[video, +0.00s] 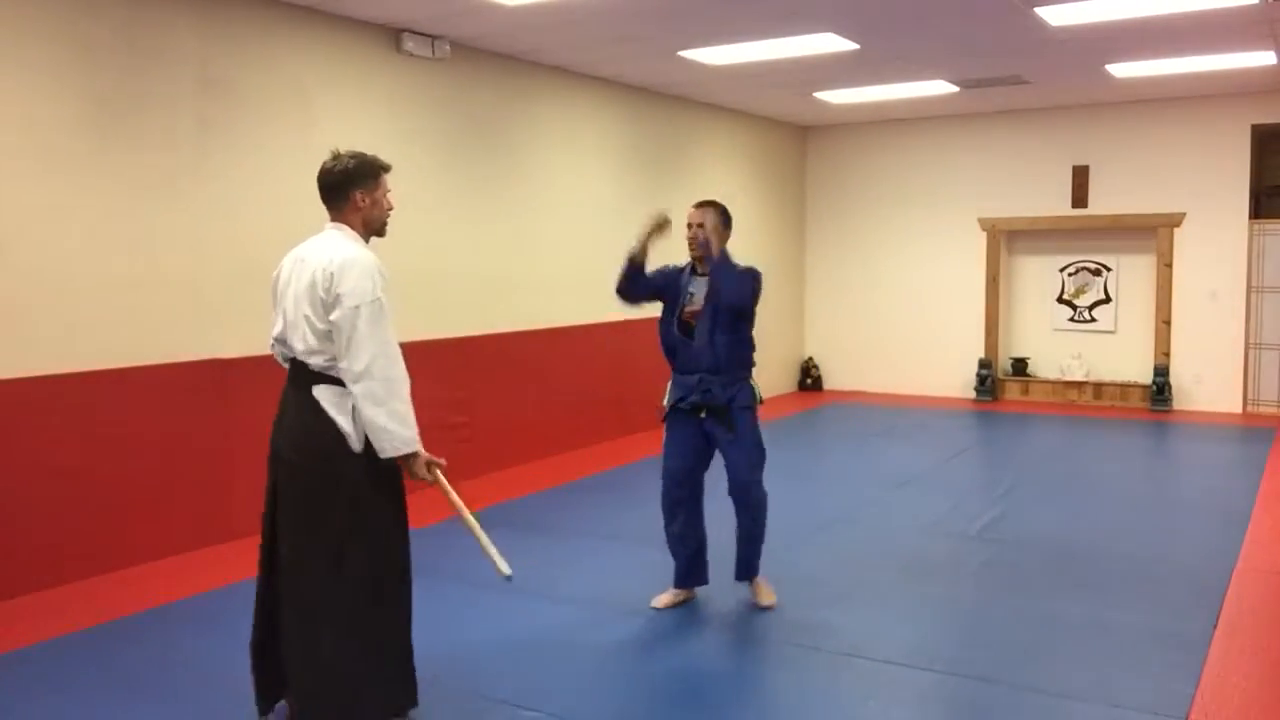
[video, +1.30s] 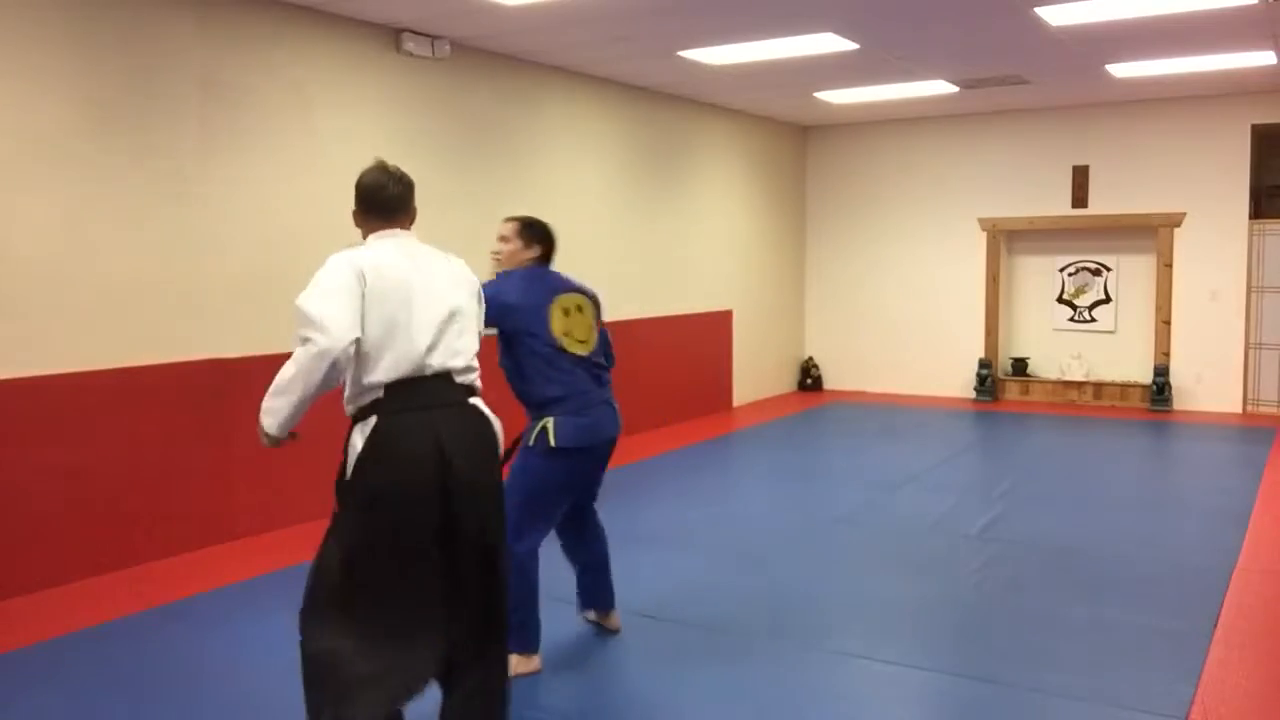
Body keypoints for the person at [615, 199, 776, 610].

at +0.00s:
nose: (692, 233)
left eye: (702, 227)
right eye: (689, 226)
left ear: (723, 234)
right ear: (685, 234)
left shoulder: (744, 278)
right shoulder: (675, 278)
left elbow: (736, 300)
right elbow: (629, 291)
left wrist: (717, 253)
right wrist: (640, 250)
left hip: (733, 405)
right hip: (686, 406)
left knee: (748, 487)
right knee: (677, 491)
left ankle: (752, 576)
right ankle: (685, 583)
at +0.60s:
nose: (665, 254)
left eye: (673, 246)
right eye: (661, 247)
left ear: (694, 251)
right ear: (657, 253)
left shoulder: (722, 298)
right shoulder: (648, 300)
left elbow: (742, 347)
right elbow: (610, 353)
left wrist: (710, 309)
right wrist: (623, 317)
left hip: (712, 419)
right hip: (662, 422)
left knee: (737, 492)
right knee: (640, 497)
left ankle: (757, 562)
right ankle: (656, 584)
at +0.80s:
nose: (617, 253)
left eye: (625, 245)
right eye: (612, 246)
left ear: (646, 250)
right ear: (608, 252)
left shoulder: (673, 296)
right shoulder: (604, 301)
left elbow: (683, 346)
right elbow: (579, 359)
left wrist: (643, 306)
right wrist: (587, 334)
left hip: (669, 419)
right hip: (622, 420)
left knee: (668, 502)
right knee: (621, 513)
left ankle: (702, 564)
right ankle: (656, 588)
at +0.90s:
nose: (590, 250)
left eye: (599, 243)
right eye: (587, 243)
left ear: (622, 248)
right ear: (585, 248)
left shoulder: (645, 289)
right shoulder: (591, 301)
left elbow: (626, 306)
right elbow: (571, 358)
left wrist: (579, 273)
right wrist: (569, 340)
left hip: (646, 410)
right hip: (608, 411)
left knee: (617, 498)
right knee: (622, 500)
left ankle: (621, 601)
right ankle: (658, 583)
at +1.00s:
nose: (561, 253)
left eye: (573, 245)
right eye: (559, 245)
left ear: (600, 251)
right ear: (562, 250)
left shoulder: (607, 285)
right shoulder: (580, 302)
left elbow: (551, 266)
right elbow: (572, 367)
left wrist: (497, 230)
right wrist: (547, 345)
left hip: (618, 419)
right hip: (595, 417)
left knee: (572, 515)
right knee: (616, 507)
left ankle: (544, 629)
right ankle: (664, 579)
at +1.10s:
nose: (540, 259)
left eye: (551, 251)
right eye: (541, 251)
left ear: (580, 258)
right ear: (577, 262)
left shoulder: (568, 291)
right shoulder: (598, 298)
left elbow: (513, 274)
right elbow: (571, 358)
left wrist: (454, 230)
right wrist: (532, 343)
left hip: (576, 432)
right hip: (607, 429)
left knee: (526, 524)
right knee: (592, 502)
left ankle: (521, 649)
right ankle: (649, 573)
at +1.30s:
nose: (495, 248)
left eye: (505, 241)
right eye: (497, 240)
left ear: (533, 250)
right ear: (542, 255)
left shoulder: (507, 290)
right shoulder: (579, 292)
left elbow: (450, 316)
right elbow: (603, 358)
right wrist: (579, 407)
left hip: (557, 432)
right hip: (602, 428)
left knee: (514, 532)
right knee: (576, 513)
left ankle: (521, 650)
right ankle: (602, 609)